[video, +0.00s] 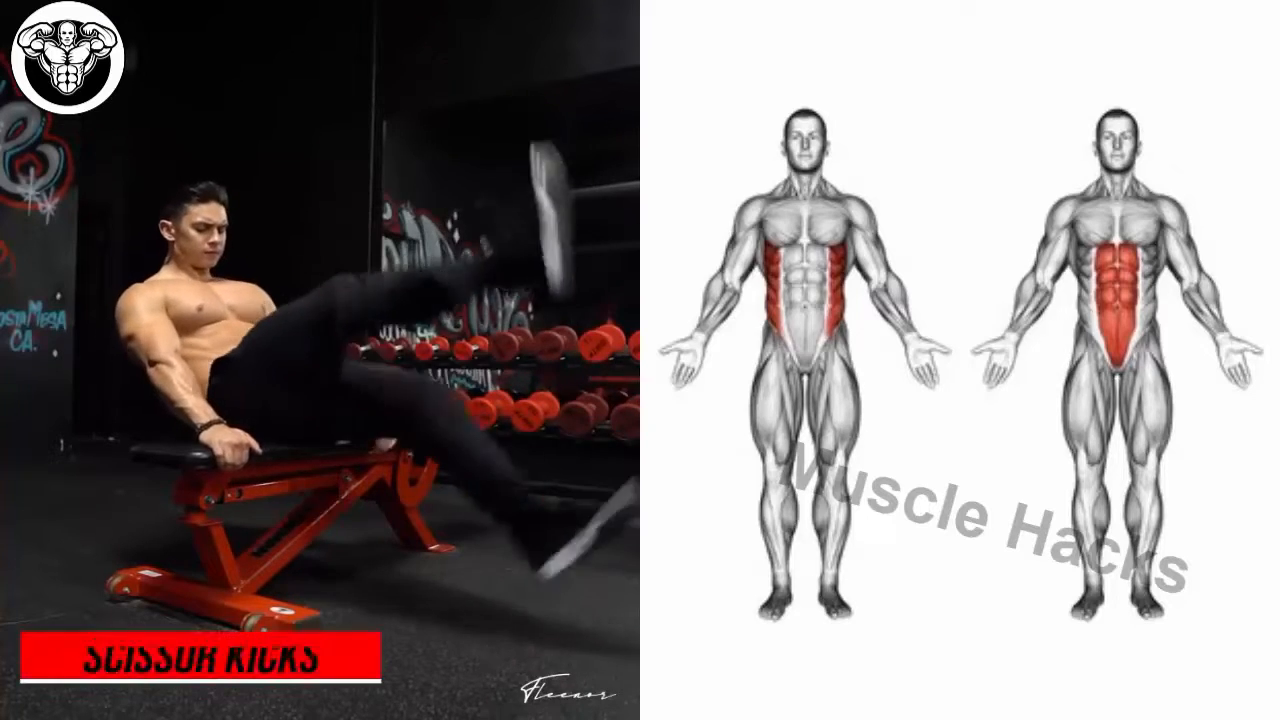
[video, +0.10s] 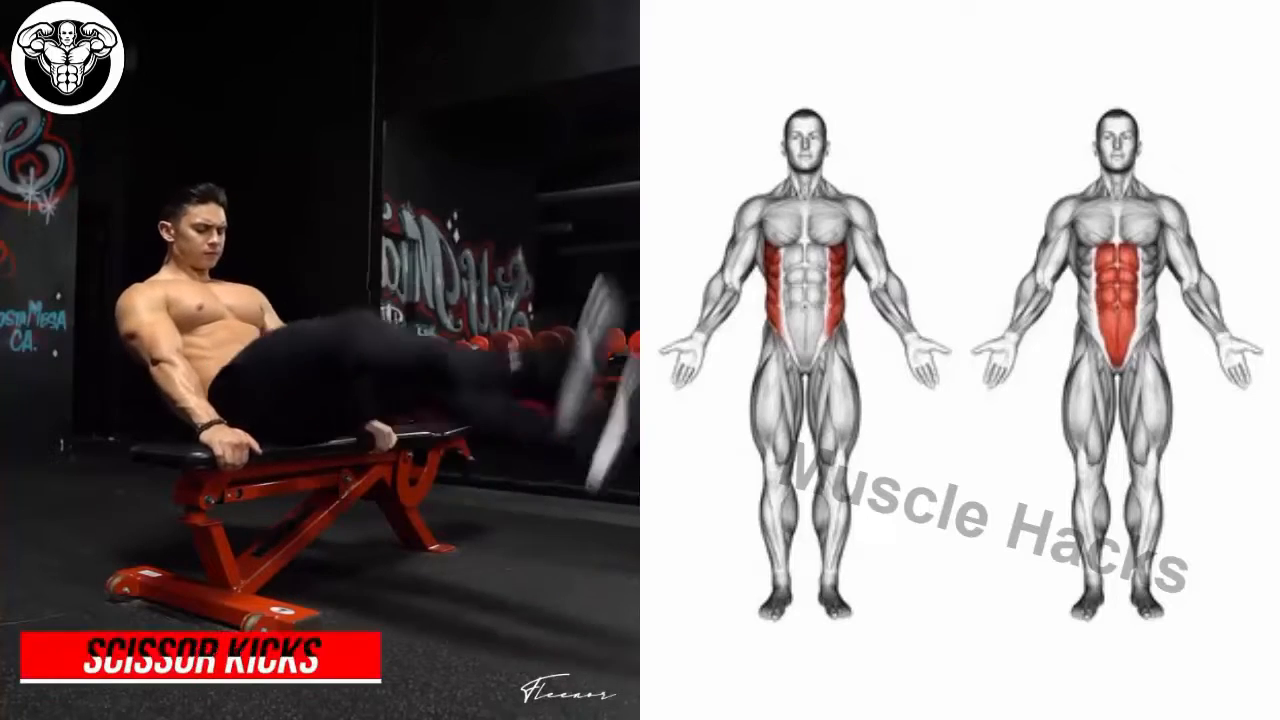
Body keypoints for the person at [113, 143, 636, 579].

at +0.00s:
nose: (215, 239)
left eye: (221, 230)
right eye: (202, 229)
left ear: (225, 235)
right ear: (168, 232)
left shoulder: (251, 293)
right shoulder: (143, 298)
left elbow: (302, 350)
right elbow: (163, 366)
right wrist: (210, 426)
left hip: (302, 396)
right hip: (242, 393)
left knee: (425, 398)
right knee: (336, 299)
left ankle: (539, 532)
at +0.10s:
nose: (214, 241)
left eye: (220, 232)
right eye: (202, 230)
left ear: (224, 236)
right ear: (169, 233)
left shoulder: (249, 294)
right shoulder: (142, 296)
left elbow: (303, 360)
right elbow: (166, 364)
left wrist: (361, 418)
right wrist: (210, 424)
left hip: (300, 402)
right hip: (242, 401)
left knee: (432, 372)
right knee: (346, 333)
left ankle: (568, 439)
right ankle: (505, 368)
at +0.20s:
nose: (216, 238)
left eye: (221, 229)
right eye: (204, 227)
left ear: (226, 237)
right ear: (170, 232)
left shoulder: (247, 295)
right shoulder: (144, 296)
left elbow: (307, 352)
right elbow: (167, 362)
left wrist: (365, 384)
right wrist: (210, 426)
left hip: (292, 380)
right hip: (237, 394)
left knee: (403, 326)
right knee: (361, 374)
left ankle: (552, 328)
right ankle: (524, 496)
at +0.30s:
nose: (220, 235)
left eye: (226, 226)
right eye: (208, 224)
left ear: (229, 234)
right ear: (174, 229)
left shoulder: (250, 292)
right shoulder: (146, 291)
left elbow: (310, 353)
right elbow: (168, 361)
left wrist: (368, 380)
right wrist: (210, 424)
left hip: (302, 376)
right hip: (249, 392)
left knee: (386, 301)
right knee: (375, 421)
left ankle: (532, 231)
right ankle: (502, 574)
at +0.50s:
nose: (221, 228)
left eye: (226, 219)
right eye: (209, 217)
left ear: (229, 228)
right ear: (173, 224)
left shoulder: (251, 291)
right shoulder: (146, 290)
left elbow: (309, 352)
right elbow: (163, 361)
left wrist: (368, 375)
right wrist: (209, 426)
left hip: (294, 378)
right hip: (240, 393)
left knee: (376, 299)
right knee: (371, 400)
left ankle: (535, 241)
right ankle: (510, 534)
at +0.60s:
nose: (216, 227)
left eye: (220, 218)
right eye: (202, 217)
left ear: (222, 226)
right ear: (169, 226)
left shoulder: (249, 290)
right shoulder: (144, 290)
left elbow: (308, 355)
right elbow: (164, 362)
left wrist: (357, 411)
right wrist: (211, 425)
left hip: (297, 386)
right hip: (243, 398)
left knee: (404, 319)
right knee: (365, 359)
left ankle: (576, 340)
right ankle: (537, 434)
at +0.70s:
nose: (212, 225)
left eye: (216, 216)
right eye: (198, 216)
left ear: (218, 226)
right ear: (166, 227)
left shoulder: (253, 291)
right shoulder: (145, 290)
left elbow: (307, 357)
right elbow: (162, 362)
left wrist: (363, 423)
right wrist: (210, 424)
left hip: (305, 401)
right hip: (246, 400)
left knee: (427, 372)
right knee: (355, 312)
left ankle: (564, 445)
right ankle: (527, 297)